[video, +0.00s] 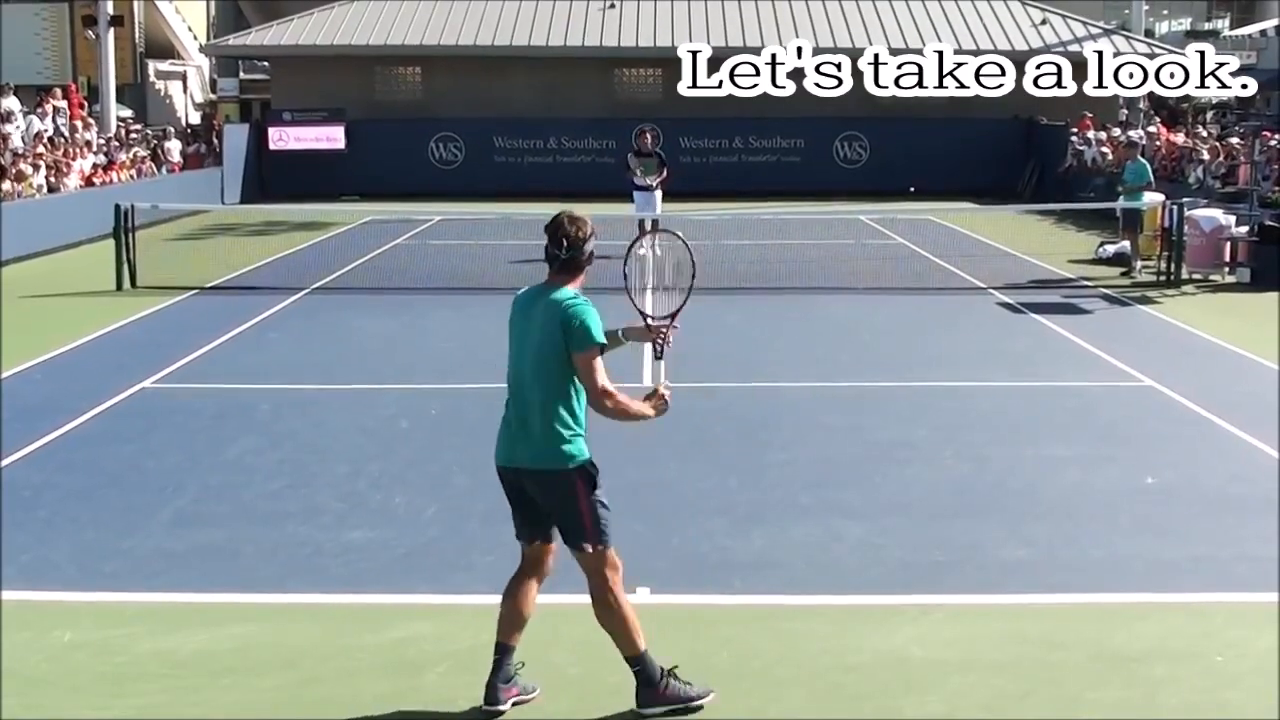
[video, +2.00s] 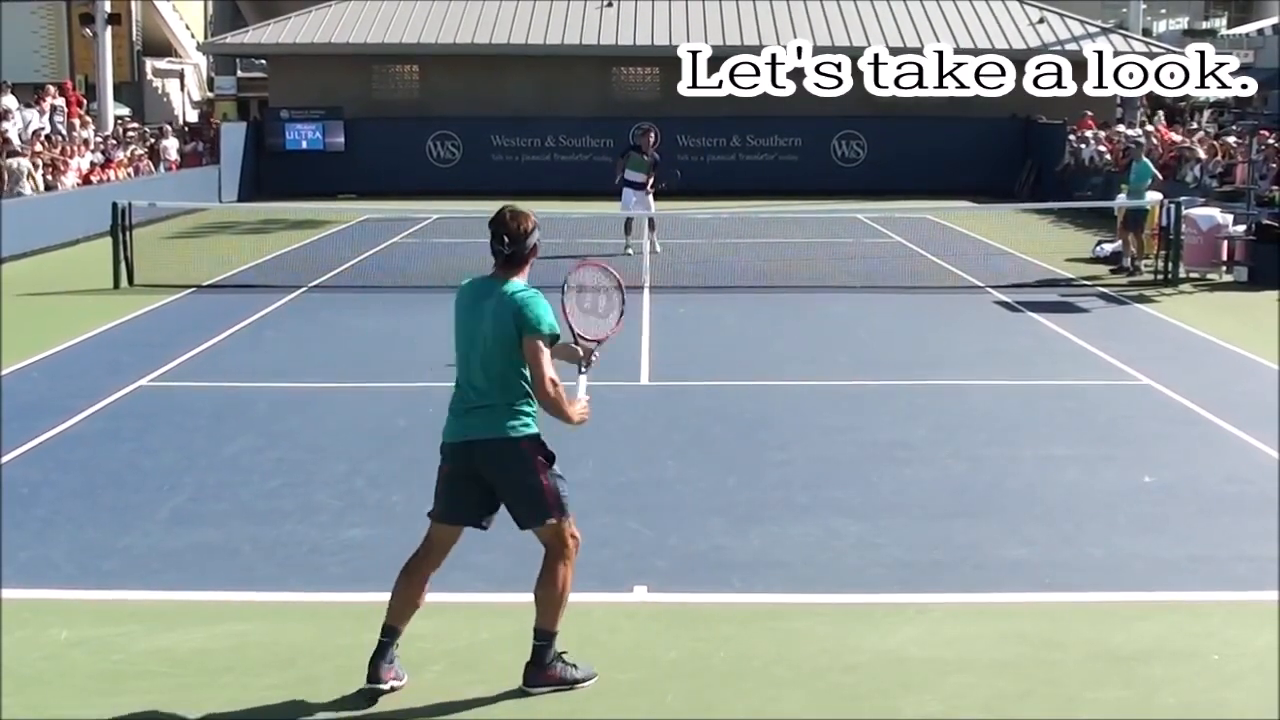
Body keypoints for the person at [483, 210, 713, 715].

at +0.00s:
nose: (592, 258)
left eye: (587, 250)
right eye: (592, 251)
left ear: (547, 253)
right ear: (589, 257)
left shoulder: (523, 302)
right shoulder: (578, 313)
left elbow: (568, 349)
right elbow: (602, 397)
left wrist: (633, 333)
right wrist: (648, 407)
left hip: (513, 457)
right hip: (560, 460)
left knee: (536, 558)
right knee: (604, 569)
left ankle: (500, 680)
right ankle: (652, 682)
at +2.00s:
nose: (538, 248)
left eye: (524, 241)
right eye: (537, 243)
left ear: (493, 247)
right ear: (535, 250)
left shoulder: (468, 293)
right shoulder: (530, 305)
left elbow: (506, 336)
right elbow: (545, 388)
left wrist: (562, 347)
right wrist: (572, 411)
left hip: (461, 445)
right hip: (513, 445)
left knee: (431, 549)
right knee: (563, 543)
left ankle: (382, 659)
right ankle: (544, 662)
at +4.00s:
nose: (600, 266)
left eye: (601, 259)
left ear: (603, 262)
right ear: (647, 261)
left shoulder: (606, 310)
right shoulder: (681, 312)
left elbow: (586, 397)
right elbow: (678, 403)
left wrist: (567, 392)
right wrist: (618, 436)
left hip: (645, 470)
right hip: (694, 465)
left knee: (589, 579)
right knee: (671, 570)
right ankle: (688, 695)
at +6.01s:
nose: (781, 270)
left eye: (773, 262)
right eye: (803, 263)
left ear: (769, 267)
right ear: (814, 270)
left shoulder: (735, 320)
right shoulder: (836, 324)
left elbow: (716, 403)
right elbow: (861, 406)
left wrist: (762, 417)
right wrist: (841, 463)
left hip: (752, 481)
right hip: (818, 480)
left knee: (717, 591)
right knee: (857, 583)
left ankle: (697, 701)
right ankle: (873, 701)